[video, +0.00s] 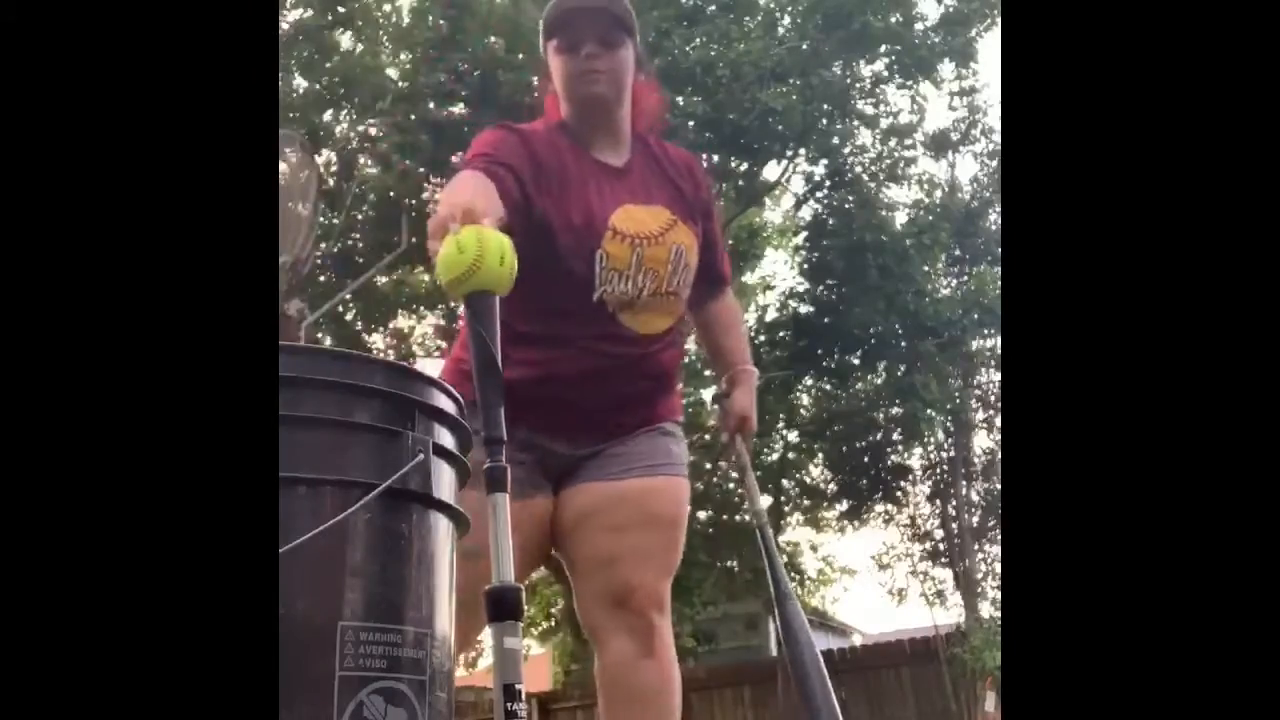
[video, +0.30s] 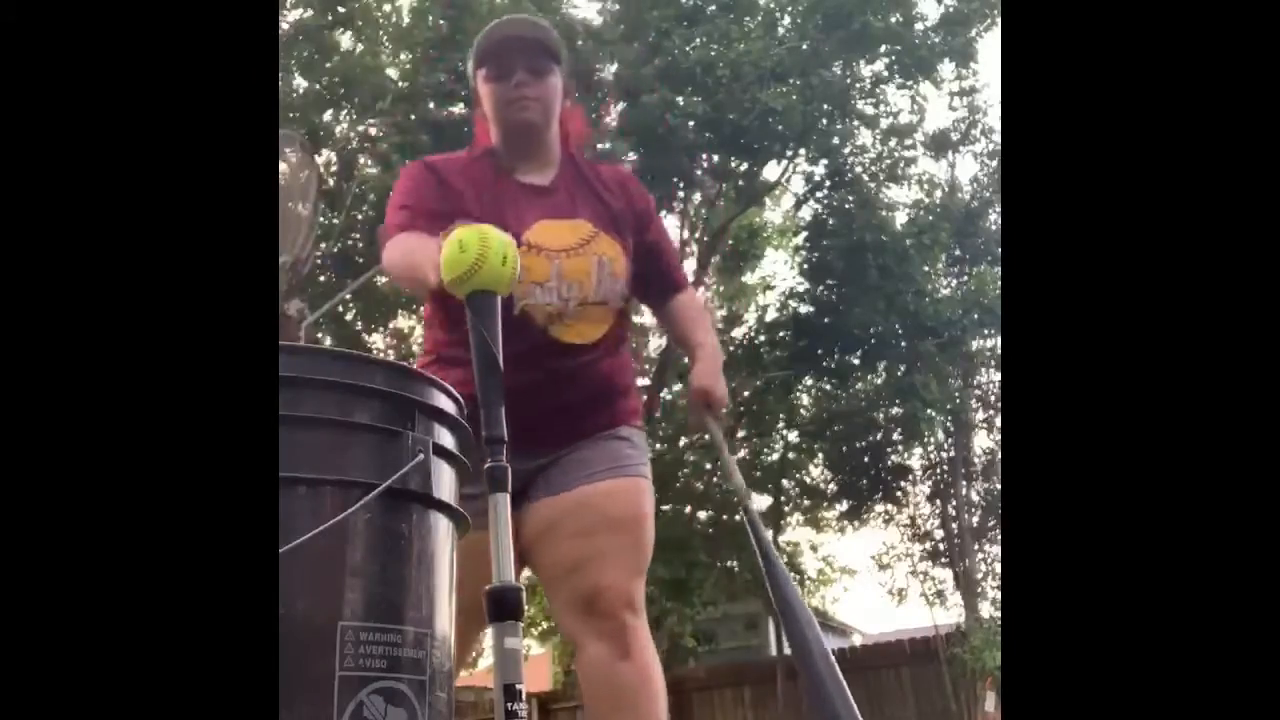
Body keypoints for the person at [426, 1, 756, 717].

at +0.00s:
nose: (589, 61)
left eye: (607, 46)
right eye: (571, 48)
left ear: (636, 60)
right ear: (548, 66)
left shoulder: (685, 177)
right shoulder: (518, 148)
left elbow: (712, 290)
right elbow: (478, 186)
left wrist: (742, 375)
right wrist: (464, 217)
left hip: (633, 428)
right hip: (499, 422)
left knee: (638, 621)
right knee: (447, 626)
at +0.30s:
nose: (521, 83)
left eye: (537, 70)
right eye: (502, 72)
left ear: (564, 87)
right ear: (478, 92)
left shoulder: (615, 188)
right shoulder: (435, 179)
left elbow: (672, 290)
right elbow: (400, 253)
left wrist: (707, 353)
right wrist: (449, 262)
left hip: (589, 433)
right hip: (462, 435)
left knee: (614, 623)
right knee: (425, 641)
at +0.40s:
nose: (486, 90)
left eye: (502, 77)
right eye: (467, 80)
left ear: (528, 92)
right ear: (445, 98)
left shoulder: (587, 192)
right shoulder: (400, 199)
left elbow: (662, 280)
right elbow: (364, 291)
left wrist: (672, 356)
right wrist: (414, 324)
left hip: (573, 440)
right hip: (450, 446)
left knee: (601, 621)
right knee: (426, 645)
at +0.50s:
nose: (455, 97)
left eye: (471, 84)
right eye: (437, 88)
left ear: (497, 101)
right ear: (416, 111)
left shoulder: (555, 194)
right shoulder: (370, 215)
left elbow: (639, 272)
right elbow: (347, 325)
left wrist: (615, 356)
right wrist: (380, 412)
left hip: (556, 442)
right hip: (433, 451)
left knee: (591, 623)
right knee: (410, 642)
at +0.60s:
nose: (431, 107)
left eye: (446, 93)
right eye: (412, 99)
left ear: (474, 111)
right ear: (393, 126)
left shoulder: (528, 198)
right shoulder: (353, 229)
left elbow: (591, 281)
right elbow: (324, 348)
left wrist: (522, 377)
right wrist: (337, 432)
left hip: (549, 426)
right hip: (427, 444)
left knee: (588, 618)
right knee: (401, 633)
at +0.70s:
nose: (417, 113)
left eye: (432, 99)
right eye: (398, 107)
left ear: (462, 118)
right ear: (382, 135)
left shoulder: (514, 195)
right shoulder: (350, 233)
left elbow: (542, 287)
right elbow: (317, 356)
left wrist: (431, 373)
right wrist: (318, 433)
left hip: (537, 428)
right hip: (419, 447)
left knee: (576, 629)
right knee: (390, 637)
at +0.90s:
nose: (410, 123)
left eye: (424, 110)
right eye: (392, 118)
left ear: (453, 124)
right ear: (377, 145)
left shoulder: (494, 186)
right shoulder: (361, 247)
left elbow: (513, 261)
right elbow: (344, 341)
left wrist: (387, 320)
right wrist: (322, 350)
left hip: (534, 424)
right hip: (424, 441)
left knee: (574, 630)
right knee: (401, 637)